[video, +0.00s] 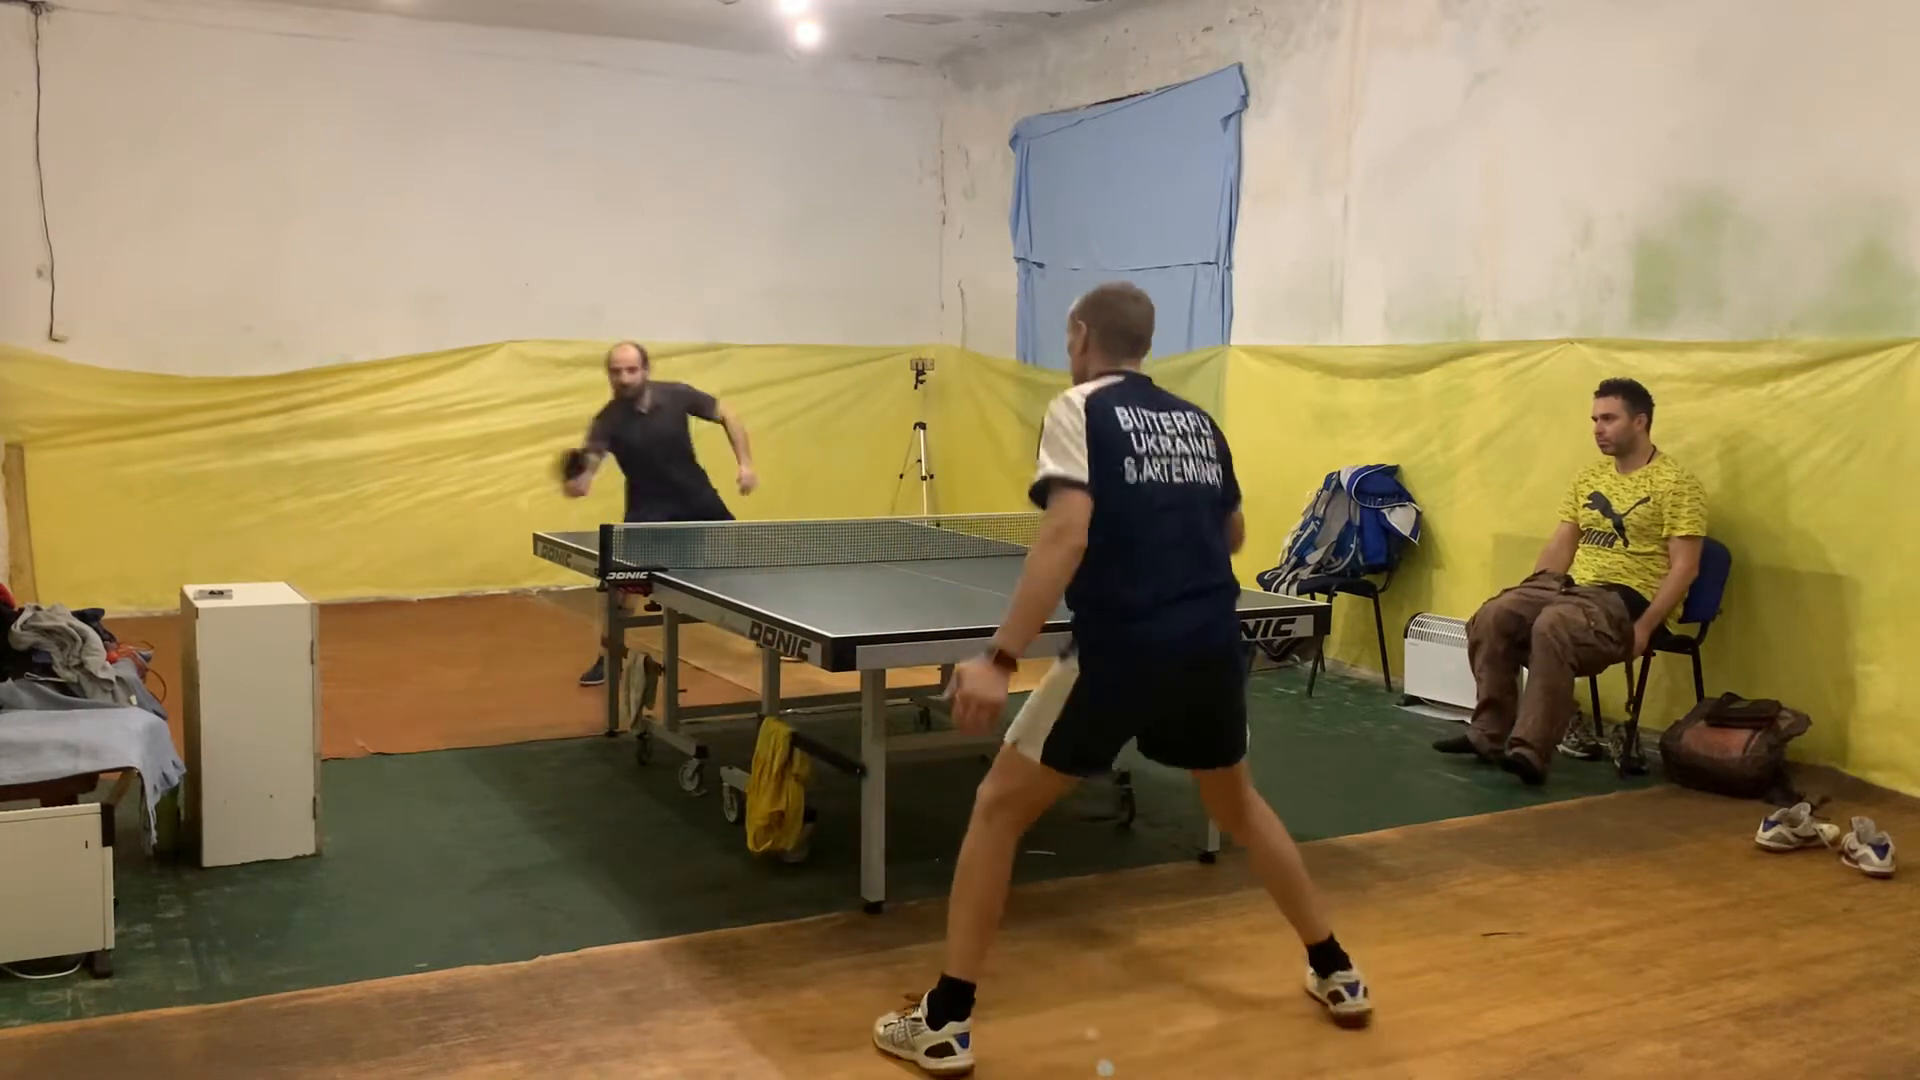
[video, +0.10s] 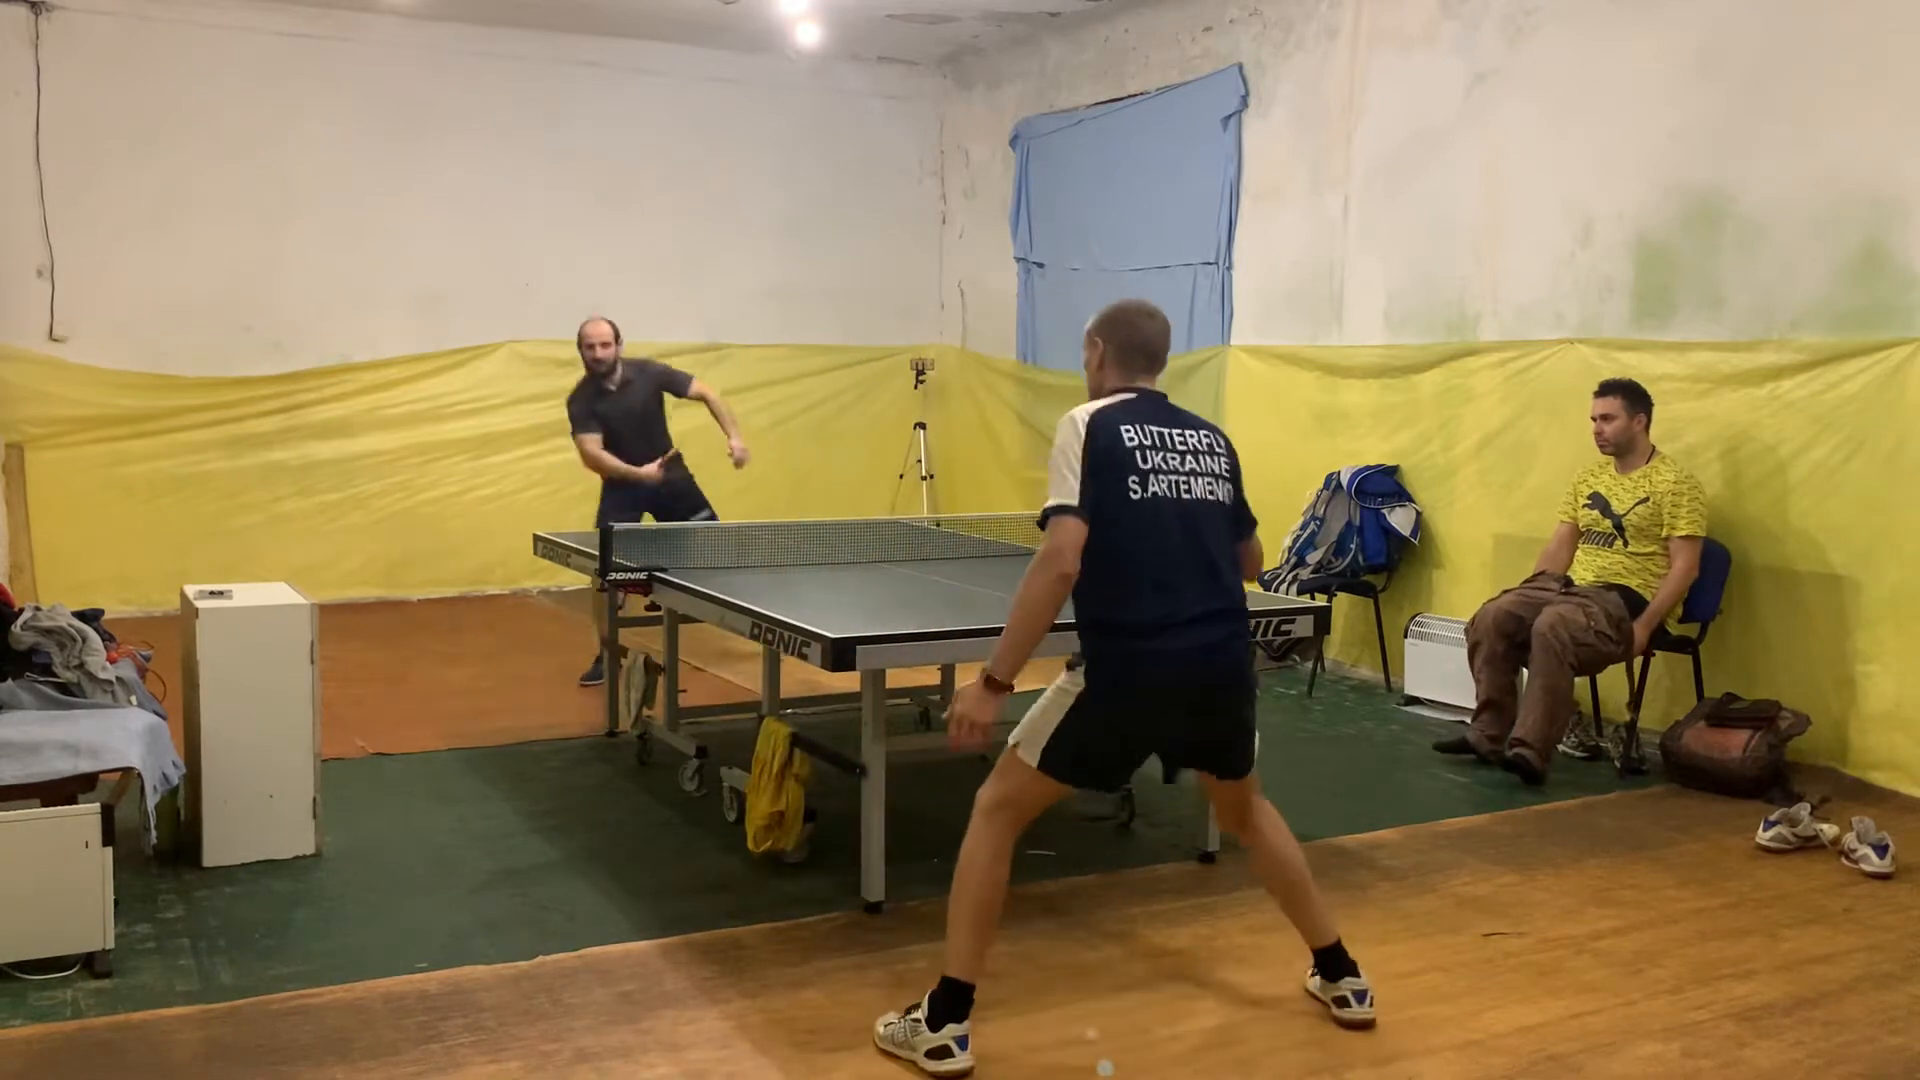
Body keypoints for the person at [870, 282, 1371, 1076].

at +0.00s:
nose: (1066, 350)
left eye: (1069, 337)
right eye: (1070, 337)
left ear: (1082, 338)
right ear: (1146, 349)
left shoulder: (1077, 410)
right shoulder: (1200, 421)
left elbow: (1066, 533)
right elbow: (1231, 536)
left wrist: (999, 657)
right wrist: (1155, 574)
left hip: (1111, 659)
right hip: (1210, 653)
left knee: (999, 809)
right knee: (1239, 803)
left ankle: (946, 1016)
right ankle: (1336, 969)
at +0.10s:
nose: (1083, 369)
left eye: (1085, 357)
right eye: (1088, 357)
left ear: (1098, 357)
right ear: (1161, 364)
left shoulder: (1085, 425)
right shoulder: (1214, 438)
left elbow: (1062, 556)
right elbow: (1249, 560)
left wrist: (990, 679)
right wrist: (1166, 554)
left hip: (1120, 677)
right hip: (1220, 672)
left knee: (998, 810)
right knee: (1244, 806)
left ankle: (945, 1018)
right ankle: (1341, 973)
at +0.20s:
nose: (1104, 378)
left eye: (1106, 366)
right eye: (1108, 365)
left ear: (1121, 365)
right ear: (1183, 375)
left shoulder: (1096, 431)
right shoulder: (1234, 449)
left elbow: (1059, 567)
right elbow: (1264, 583)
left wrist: (1000, 667)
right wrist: (1189, 601)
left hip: (1123, 682)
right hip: (1228, 679)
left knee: (1004, 814)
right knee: (1262, 804)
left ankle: (946, 1017)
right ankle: (1343, 973)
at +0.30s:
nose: (1110, 383)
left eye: (1112, 370)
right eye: (1112, 370)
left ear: (1131, 368)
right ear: (1189, 377)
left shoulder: (1104, 434)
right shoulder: (1243, 451)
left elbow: (1063, 570)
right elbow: (1280, 595)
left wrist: (1016, 652)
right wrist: (1213, 603)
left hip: (1132, 680)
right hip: (1235, 678)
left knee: (1011, 814)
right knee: (1263, 804)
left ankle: (945, 1017)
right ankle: (1343, 974)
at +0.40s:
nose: (1096, 383)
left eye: (1099, 369)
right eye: (1097, 369)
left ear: (1122, 366)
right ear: (1171, 372)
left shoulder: (1105, 432)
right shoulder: (1236, 443)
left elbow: (1082, 571)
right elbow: (1278, 588)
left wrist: (1020, 653)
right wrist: (1230, 638)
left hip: (1146, 673)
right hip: (1245, 668)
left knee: (1015, 808)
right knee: (1260, 803)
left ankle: (950, 1017)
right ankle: (1342, 974)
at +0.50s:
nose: (1062, 385)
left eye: (1067, 370)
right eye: (1063, 370)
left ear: (1097, 372)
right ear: (1136, 378)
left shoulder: (1094, 444)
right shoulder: (1209, 444)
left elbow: (1086, 581)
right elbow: (1251, 564)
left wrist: (1002, 681)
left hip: (1148, 681)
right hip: (1242, 674)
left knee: (1002, 802)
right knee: (1252, 801)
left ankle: (1004, 1019)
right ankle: (1341, 970)